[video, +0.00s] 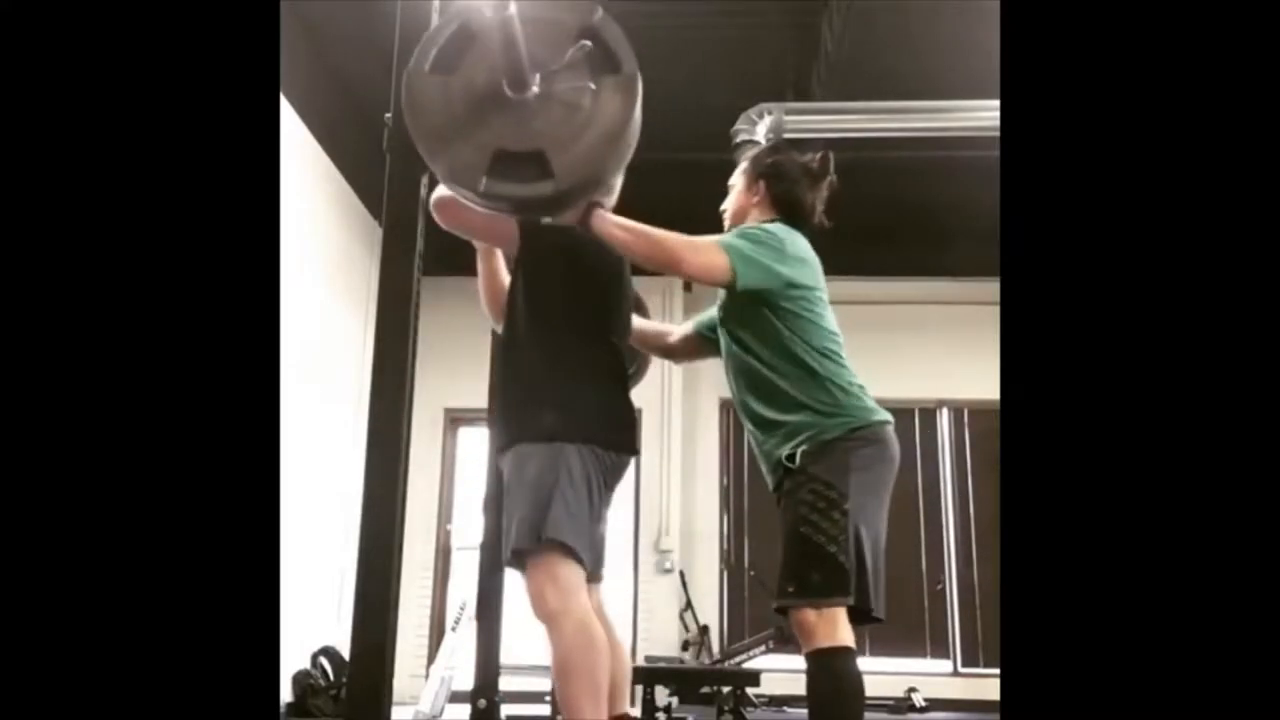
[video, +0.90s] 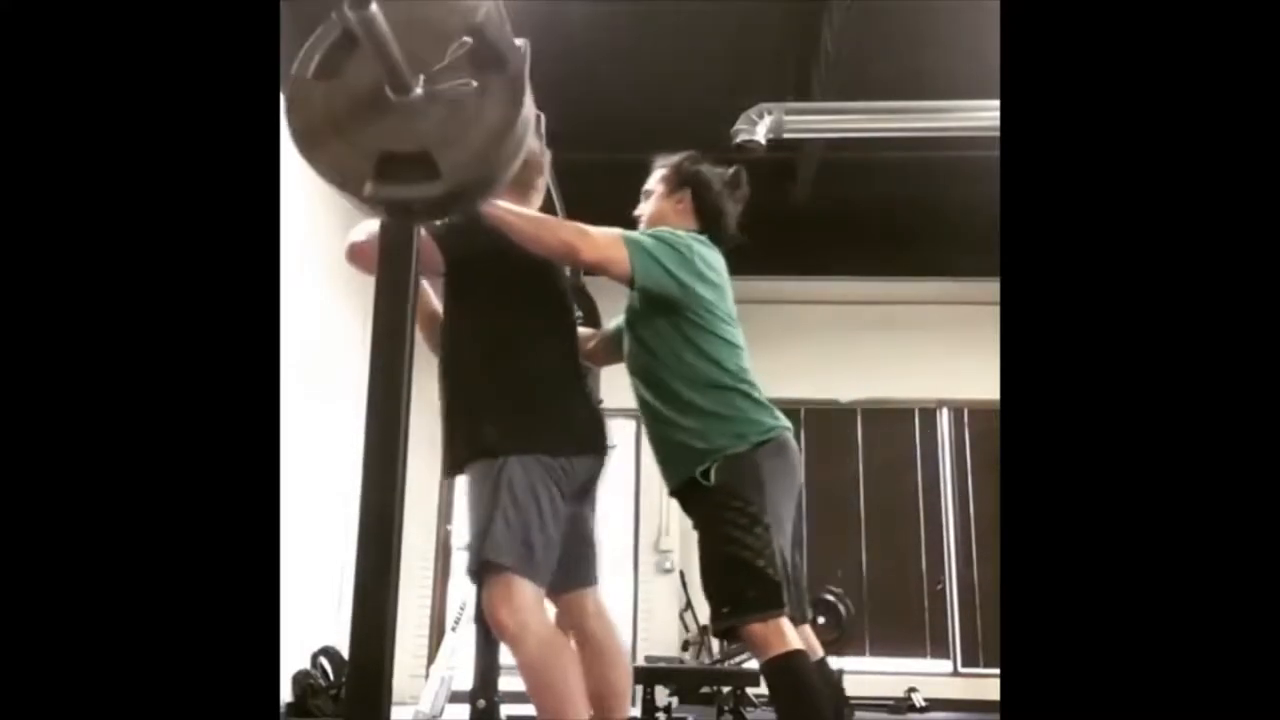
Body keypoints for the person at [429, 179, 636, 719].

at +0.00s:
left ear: (553, 177)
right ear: (596, 187)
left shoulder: (564, 243)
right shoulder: (592, 253)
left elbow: (449, 209)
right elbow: (503, 313)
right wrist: (485, 236)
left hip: (559, 429)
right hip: (587, 431)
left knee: (556, 593)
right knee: (583, 597)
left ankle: (584, 714)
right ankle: (616, 711)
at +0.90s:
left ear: (480, 160)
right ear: (539, 171)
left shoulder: (484, 225)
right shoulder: (541, 239)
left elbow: (365, 247)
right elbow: (451, 342)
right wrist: (410, 282)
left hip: (521, 441)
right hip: (571, 437)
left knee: (512, 607)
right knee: (581, 606)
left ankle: (576, 713)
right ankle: (614, 713)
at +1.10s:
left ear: (476, 172)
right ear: (542, 173)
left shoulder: (485, 236)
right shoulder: (552, 244)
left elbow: (399, 286)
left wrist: (344, 316)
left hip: (547, 442)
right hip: (598, 435)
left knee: (541, 602)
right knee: (596, 602)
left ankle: (582, 716)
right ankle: (623, 715)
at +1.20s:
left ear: (479, 176)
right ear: (539, 178)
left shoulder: (497, 240)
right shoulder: (549, 245)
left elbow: (430, 339)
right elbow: (549, 371)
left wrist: (341, 395)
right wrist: (465, 422)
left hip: (556, 443)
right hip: (603, 435)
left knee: (551, 604)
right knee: (600, 603)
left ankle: (585, 716)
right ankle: (624, 716)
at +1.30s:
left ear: (486, 178)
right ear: (544, 177)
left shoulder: (503, 245)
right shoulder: (548, 247)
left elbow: (473, 351)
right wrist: (506, 482)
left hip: (558, 444)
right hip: (599, 438)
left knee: (555, 602)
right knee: (599, 605)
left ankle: (586, 716)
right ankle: (623, 714)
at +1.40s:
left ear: (490, 171)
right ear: (543, 170)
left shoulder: (507, 239)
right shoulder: (544, 239)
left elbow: (510, 359)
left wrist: (525, 470)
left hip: (560, 442)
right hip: (594, 438)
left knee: (553, 604)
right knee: (597, 606)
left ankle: (587, 712)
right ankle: (622, 713)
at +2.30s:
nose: (535, 189)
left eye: (547, 177)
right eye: (522, 180)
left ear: (571, 190)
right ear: (504, 200)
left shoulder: (606, 250)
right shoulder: (501, 297)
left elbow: (628, 355)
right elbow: (474, 388)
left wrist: (589, 453)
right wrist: (438, 457)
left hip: (576, 454)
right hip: (513, 464)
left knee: (560, 591)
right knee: (535, 602)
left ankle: (592, 715)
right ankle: (565, 714)